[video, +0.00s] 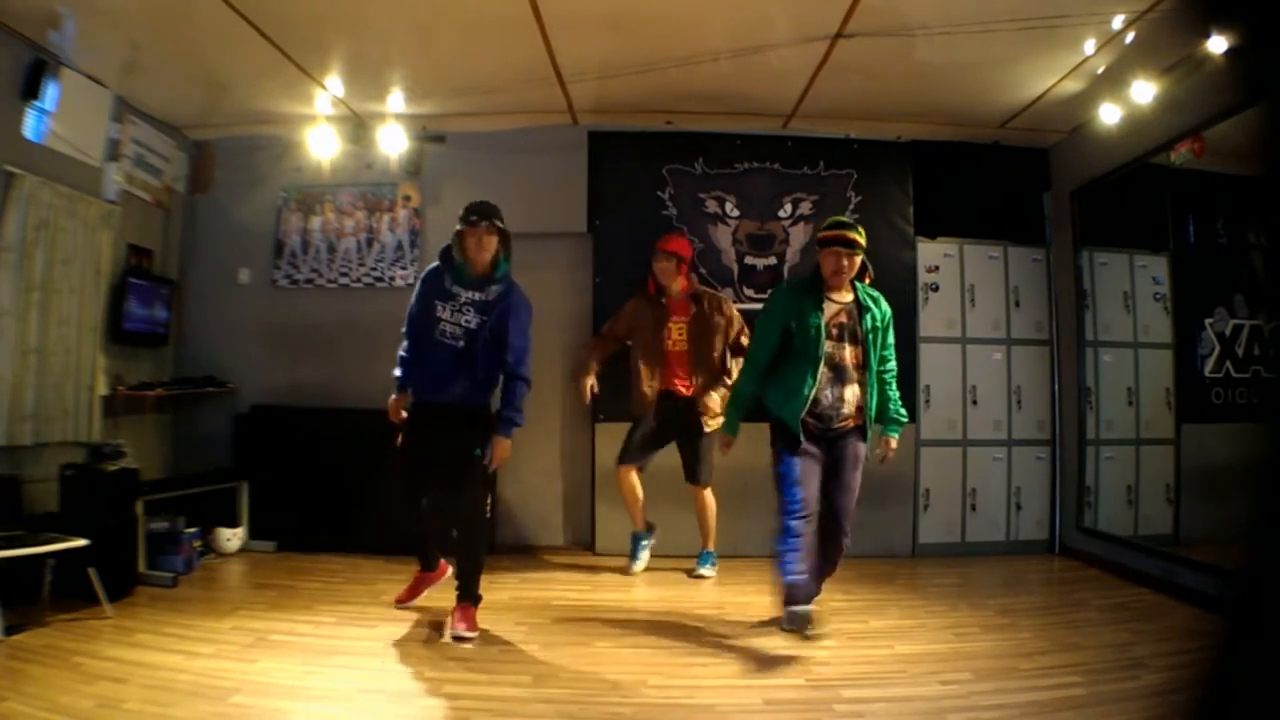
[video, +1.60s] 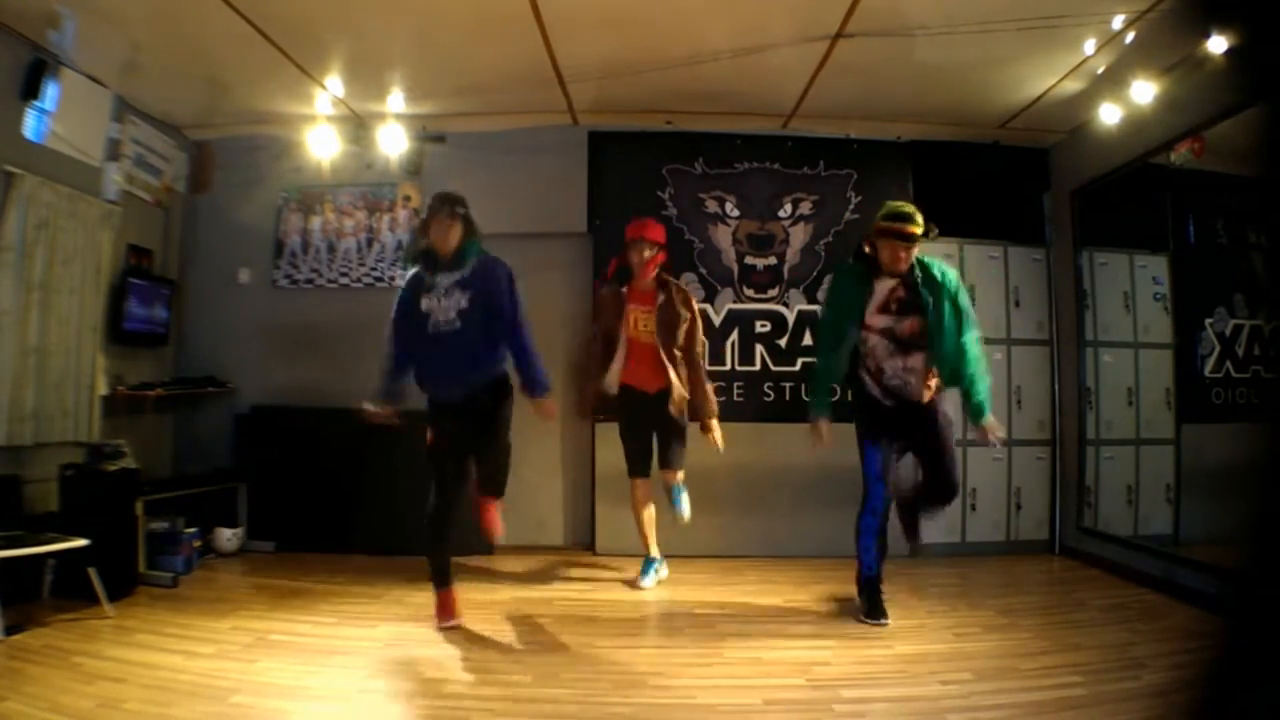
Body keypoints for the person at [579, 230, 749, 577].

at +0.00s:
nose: (660, 265)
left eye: (667, 260)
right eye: (657, 259)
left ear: (683, 265)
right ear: (652, 263)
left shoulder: (715, 306)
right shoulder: (643, 306)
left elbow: (742, 351)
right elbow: (607, 338)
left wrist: (720, 391)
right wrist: (589, 369)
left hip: (701, 406)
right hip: (659, 403)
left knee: (699, 483)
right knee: (626, 468)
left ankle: (708, 554)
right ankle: (642, 534)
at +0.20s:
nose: (624, 265)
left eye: (631, 259)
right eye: (624, 259)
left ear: (649, 265)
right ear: (635, 266)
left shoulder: (689, 296)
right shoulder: (630, 304)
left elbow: (710, 350)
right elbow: (616, 353)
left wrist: (673, 366)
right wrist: (584, 354)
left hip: (686, 402)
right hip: (648, 401)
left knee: (694, 477)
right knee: (627, 477)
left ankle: (708, 555)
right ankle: (602, 557)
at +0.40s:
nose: (604, 264)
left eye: (612, 257)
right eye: (600, 258)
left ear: (628, 261)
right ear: (597, 264)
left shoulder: (659, 298)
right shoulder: (600, 304)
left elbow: (661, 356)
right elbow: (598, 354)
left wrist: (637, 393)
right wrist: (610, 387)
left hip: (660, 403)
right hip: (620, 404)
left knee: (675, 479)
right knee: (608, 480)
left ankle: (700, 550)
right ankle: (599, 560)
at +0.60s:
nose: (616, 254)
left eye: (622, 247)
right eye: (608, 249)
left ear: (633, 253)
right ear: (599, 256)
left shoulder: (657, 300)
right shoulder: (583, 302)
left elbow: (666, 358)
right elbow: (572, 357)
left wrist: (663, 407)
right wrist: (587, 402)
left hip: (645, 400)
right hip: (602, 400)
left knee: (660, 474)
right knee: (595, 479)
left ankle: (654, 536)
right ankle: (597, 558)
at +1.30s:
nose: (628, 267)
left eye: (634, 260)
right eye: (621, 261)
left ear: (645, 262)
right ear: (613, 267)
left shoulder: (674, 300)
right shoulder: (603, 303)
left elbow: (707, 343)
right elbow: (579, 341)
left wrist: (687, 380)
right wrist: (554, 370)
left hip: (666, 402)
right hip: (624, 399)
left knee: (665, 483)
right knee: (628, 479)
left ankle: (663, 552)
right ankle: (631, 542)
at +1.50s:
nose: (625, 274)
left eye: (631, 268)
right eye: (619, 267)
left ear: (644, 272)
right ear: (611, 272)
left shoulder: (669, 309)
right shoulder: (604, 314)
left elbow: (694, 362)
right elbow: (590, 360)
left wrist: (701, 418)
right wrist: (583, 402)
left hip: (671, 410)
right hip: (631, 409)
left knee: (670, 491)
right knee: (638, 488)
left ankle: (676, 539)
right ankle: (655, 569)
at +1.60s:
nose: (643, 256)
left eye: (649, 249)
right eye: (637, 248)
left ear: (662, 254)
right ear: (627, 252)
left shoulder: (679, 298)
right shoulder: (612, 295)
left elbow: (694, 358)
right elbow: (599, 341)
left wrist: (708, 414)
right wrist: (589, 391)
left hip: (669, 395)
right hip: (629, 393)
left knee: (670, 472)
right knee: (639, 478)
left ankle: (676, 488)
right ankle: (653, 557)